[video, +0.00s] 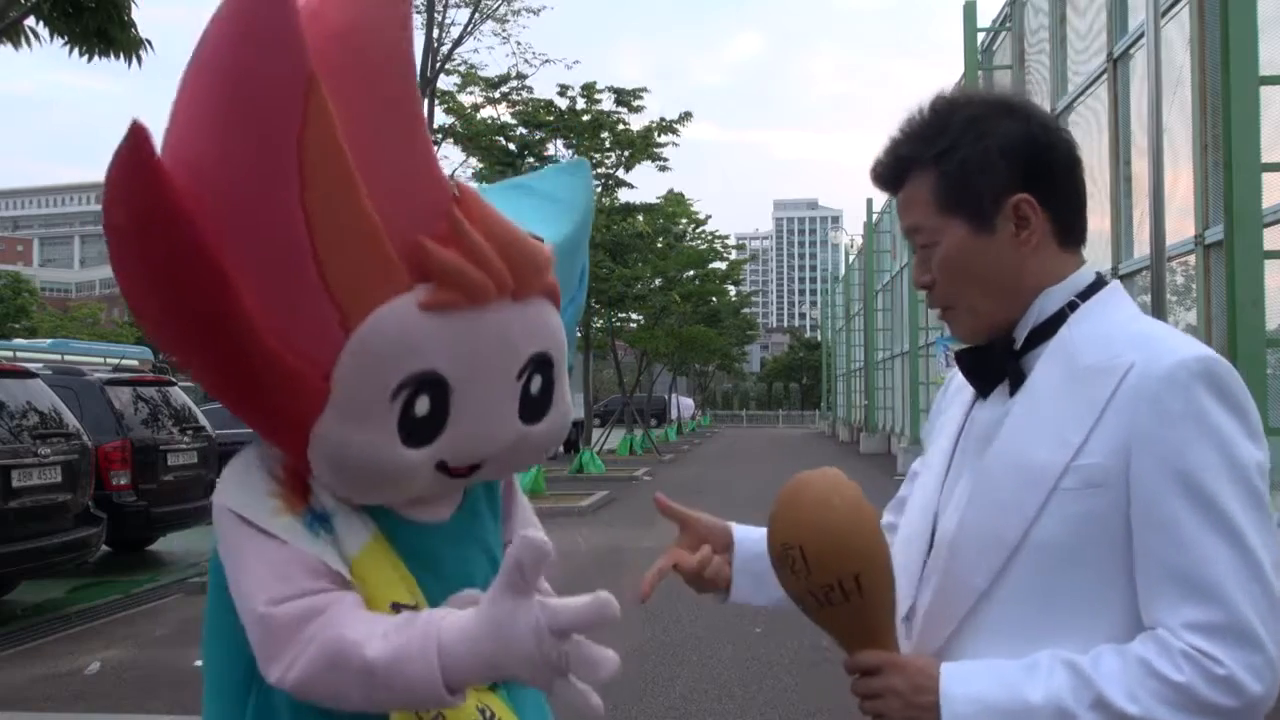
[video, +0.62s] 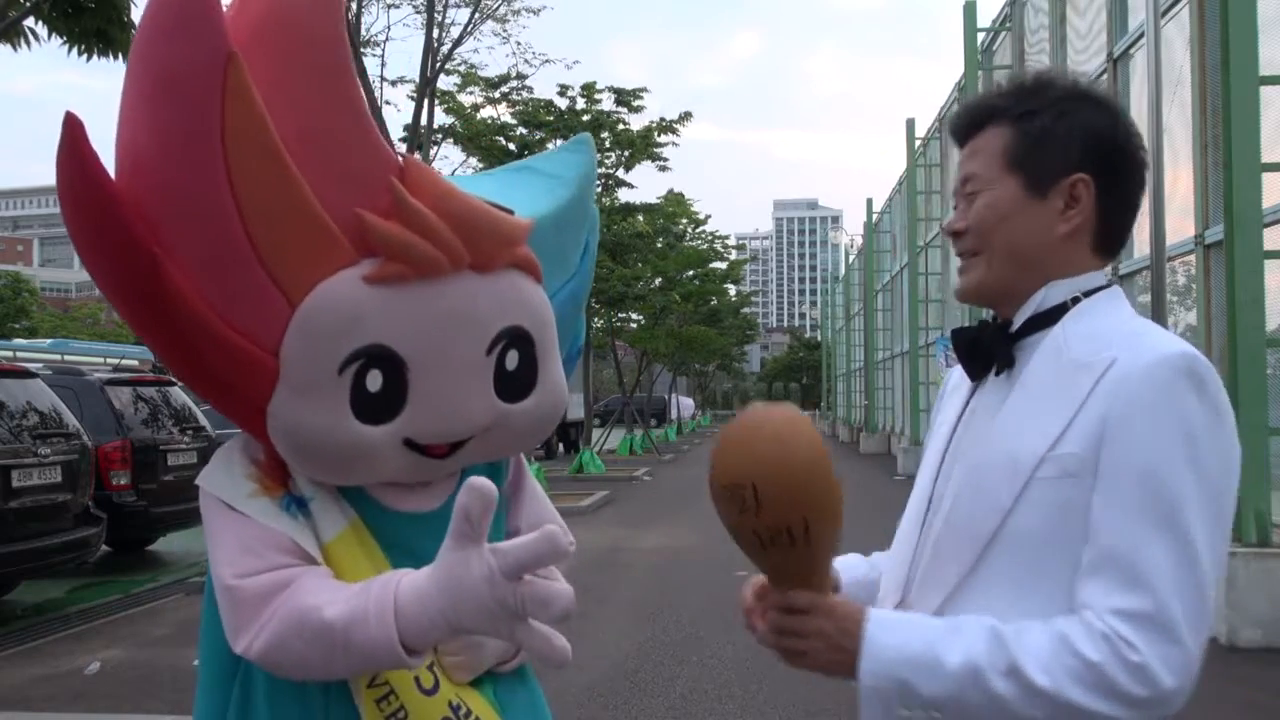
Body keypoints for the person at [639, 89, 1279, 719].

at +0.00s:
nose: (917, 278)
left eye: (927, 243)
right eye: (912, 250)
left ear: (1020, 222)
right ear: (1009, 226)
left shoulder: (1170, 382)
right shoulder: (976, 382)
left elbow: (1228, 668)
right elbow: (912, 565)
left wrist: (956, 692)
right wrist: (749, 559)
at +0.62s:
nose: (948, 226)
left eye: (970, 194)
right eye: (955, 201)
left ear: (1070, 202)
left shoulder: (1154, 375)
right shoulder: (974, 371)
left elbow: (1142, 662)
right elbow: (931, 567)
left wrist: (870, 645)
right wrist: (820, 585)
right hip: (897, 707)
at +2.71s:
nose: (865, 243)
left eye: (881, 208)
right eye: (873, 212)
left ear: (963, 216)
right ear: (960, 219)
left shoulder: (1081, 367)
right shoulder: (945, 373)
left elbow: (1121, 669)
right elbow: (932, 591)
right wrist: (816, 651)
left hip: (1018, 705)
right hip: (928, 704)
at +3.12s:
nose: (979, 226)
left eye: (996, 190)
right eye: (985, 194)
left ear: (1090, 203)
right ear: (1085, 205)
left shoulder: (1159, 373)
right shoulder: (1074, 354)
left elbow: (1131, 691)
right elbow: (931, 458)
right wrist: (800, 379)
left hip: (1011, 708)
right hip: (934, 696)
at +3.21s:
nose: (998, 234)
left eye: (1017, 198)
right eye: (1007, 202)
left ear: (1115, 208)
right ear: (1114, 211)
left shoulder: (1158, 385)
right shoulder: (1093, 356)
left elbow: (1134, 700)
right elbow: (949, 369)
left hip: (990, 706)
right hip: (932, 699)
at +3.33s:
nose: (999, 228)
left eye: (1019, 195)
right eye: (1008, 199)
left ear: (1118, 208)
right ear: (1117, 211)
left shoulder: (1153, 390)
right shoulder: (1076, 351)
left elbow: (1143, 701)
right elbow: (988, 288)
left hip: (986, 704)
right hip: (930, 696)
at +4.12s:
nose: (1114, 220)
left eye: (1145, 186)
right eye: (1122, 189)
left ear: (1261, 212)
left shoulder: (1270, 394)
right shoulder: (1114, 338)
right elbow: (976, 448)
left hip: (1149, 703)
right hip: (993, 698)